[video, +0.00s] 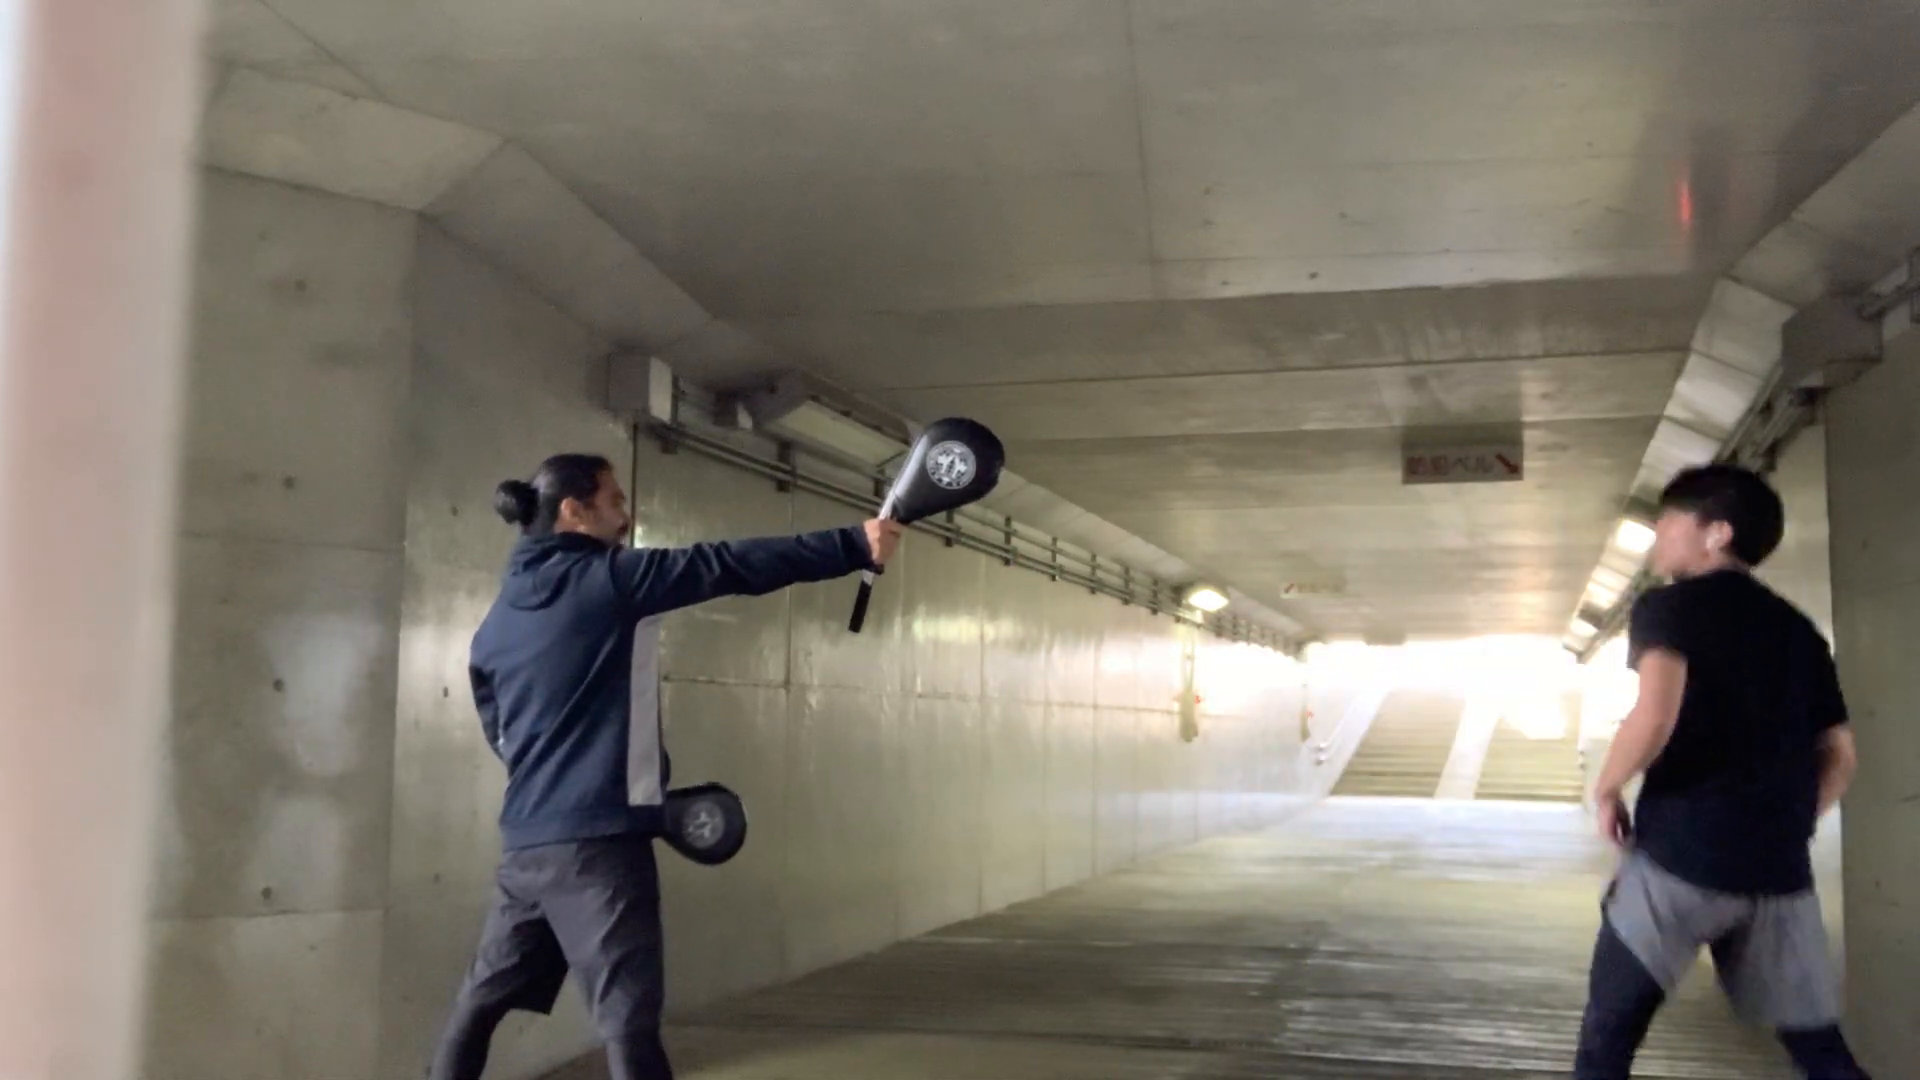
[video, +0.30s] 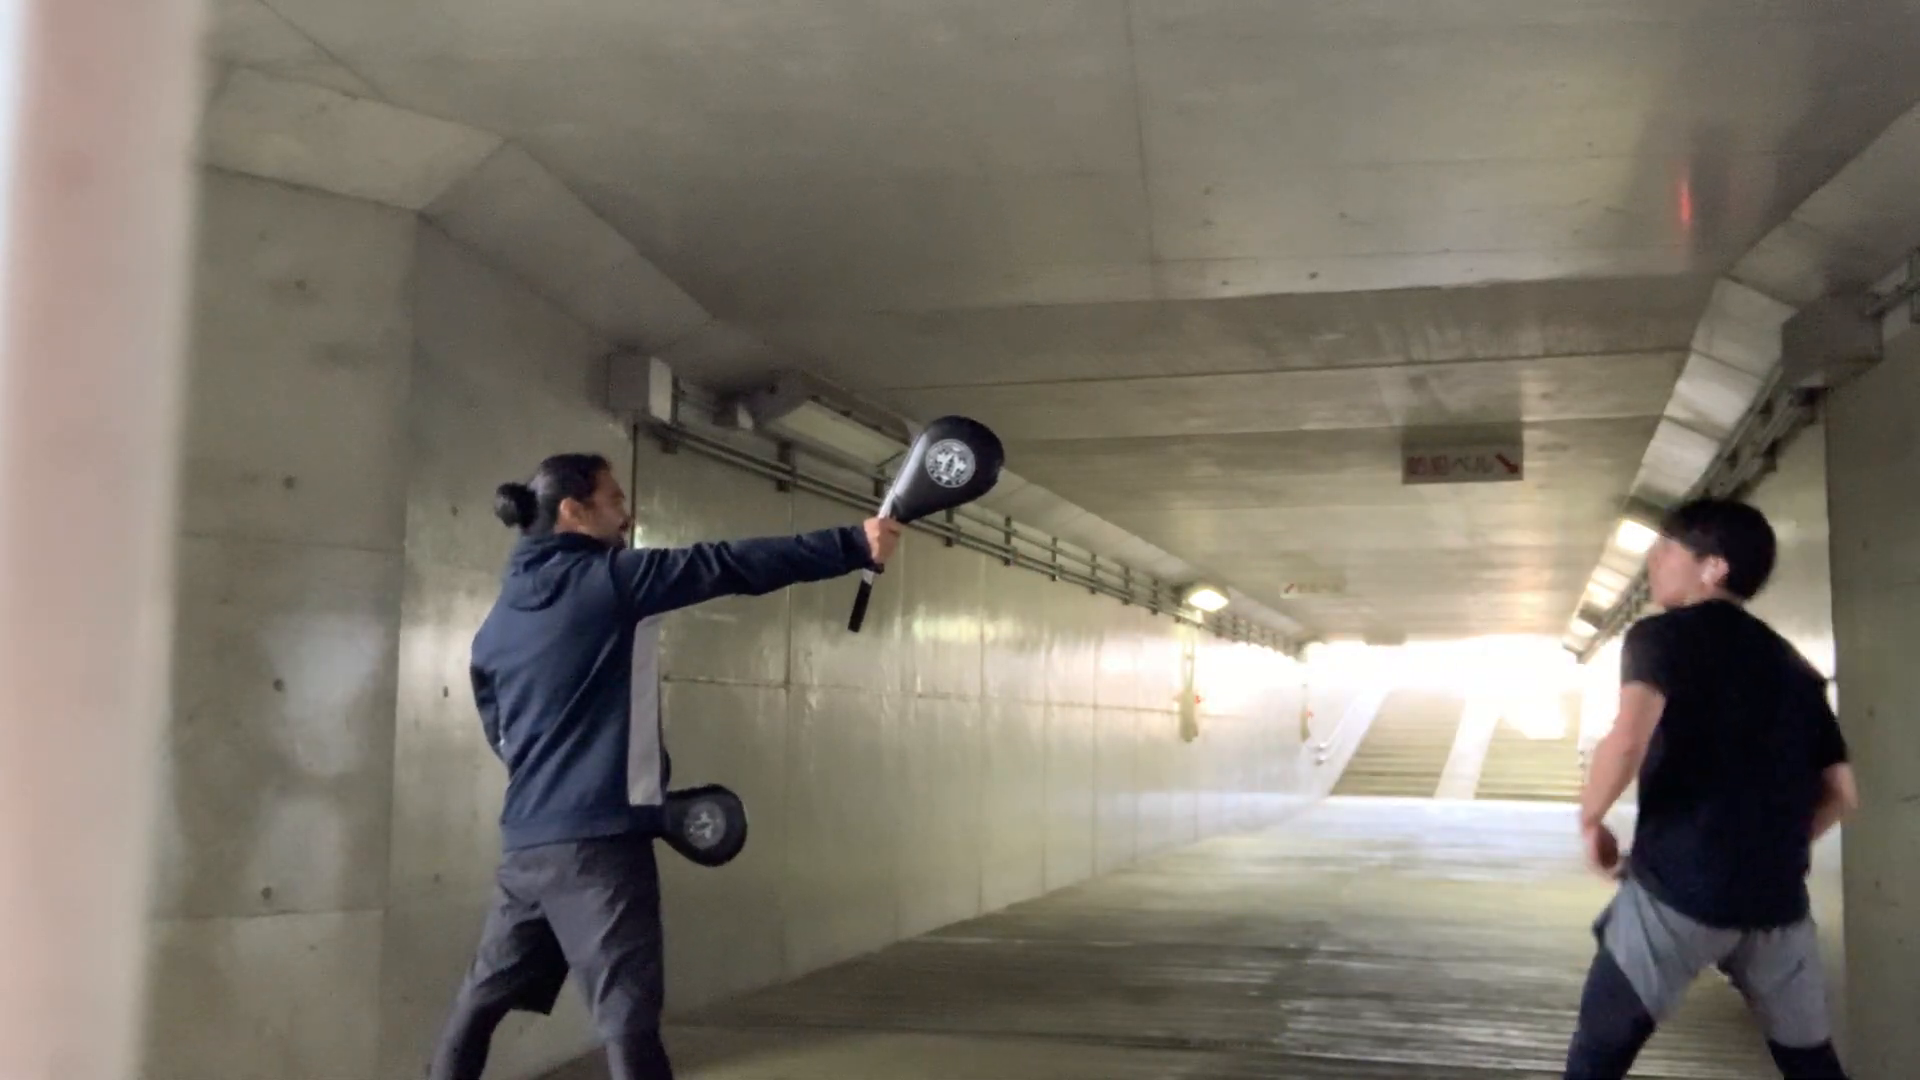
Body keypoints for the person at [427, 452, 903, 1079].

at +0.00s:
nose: (628, 516)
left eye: (624, 502)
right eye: (616, 502)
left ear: (561, 515)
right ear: (572, 511)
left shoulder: (493, 629)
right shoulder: (606, 577)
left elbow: (511, 740)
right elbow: (726, 565)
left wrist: (631, 784)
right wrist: (854, 544)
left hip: (527, 841)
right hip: (595, 839)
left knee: (477, 1007)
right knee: (628, 1026)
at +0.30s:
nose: (628, 514)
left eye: (624, 500)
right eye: (615, 501)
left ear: (562, 515)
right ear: (571, 512)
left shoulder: (493, 631)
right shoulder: (607, 577)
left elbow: (511, 741)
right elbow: (726, 564)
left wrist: (630, 784)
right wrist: (852, 543)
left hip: (528, 841)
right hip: (595, 838)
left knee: (478, 1006)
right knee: (628, 1026)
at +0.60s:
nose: (629, 515)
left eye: (625, 501)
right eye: (617, 501)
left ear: (562, 515)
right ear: (573, 511)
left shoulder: (494, 631)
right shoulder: (608, 578)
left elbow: (512, 742)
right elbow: (727, 565)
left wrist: (635, 789)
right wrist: (854, 543)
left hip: (528, 841)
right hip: (595, 837)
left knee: (478, 1005)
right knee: (628, 1024)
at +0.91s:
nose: (631, 517)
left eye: (628, 504)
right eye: (620, 504)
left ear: (565, 515)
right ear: (574, 511)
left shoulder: (495, 630)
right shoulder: (609, 578)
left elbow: (512, 741)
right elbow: (728, 565)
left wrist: (631, 785)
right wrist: (855, 544)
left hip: (529, 841)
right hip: (596, 838)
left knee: (477, 1008)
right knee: (629, 1027)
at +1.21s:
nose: (631, 518)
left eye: (628, 504)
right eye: (619, 504)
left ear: (565, 516)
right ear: (573, 512)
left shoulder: (495, 631)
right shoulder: (608, 578)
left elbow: (513, 742)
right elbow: (727, 565)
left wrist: (634, 783)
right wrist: (855, 544)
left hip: (529, 842)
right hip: (596, 840)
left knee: (477, 1007)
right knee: (629, 1027)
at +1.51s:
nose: (629, 516)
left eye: (625, 502)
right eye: (617, 502)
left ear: (564, 515)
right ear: (571, 512)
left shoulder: (495, 629)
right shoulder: (607, 578)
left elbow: (512, 741)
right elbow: (726, 564)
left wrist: (635, 787)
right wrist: (853, 543)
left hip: (529, 841)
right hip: (596, 838)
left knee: (478, 1006)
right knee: (629, 1026)